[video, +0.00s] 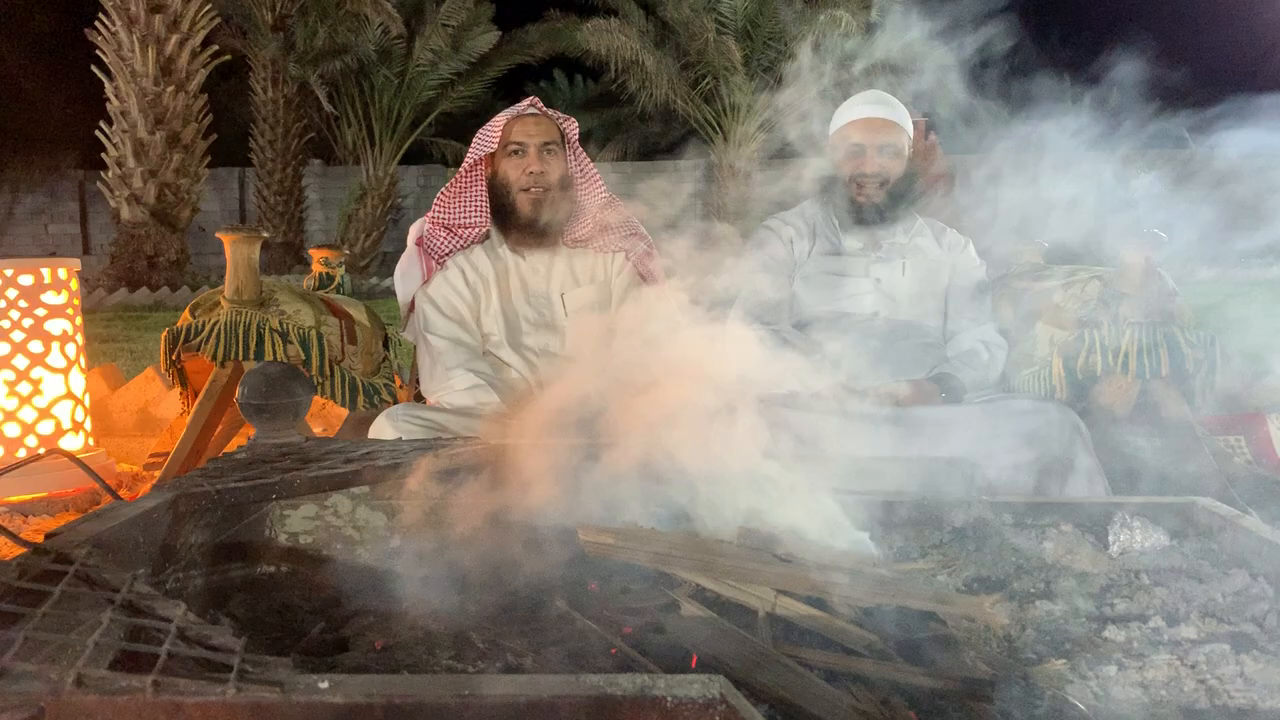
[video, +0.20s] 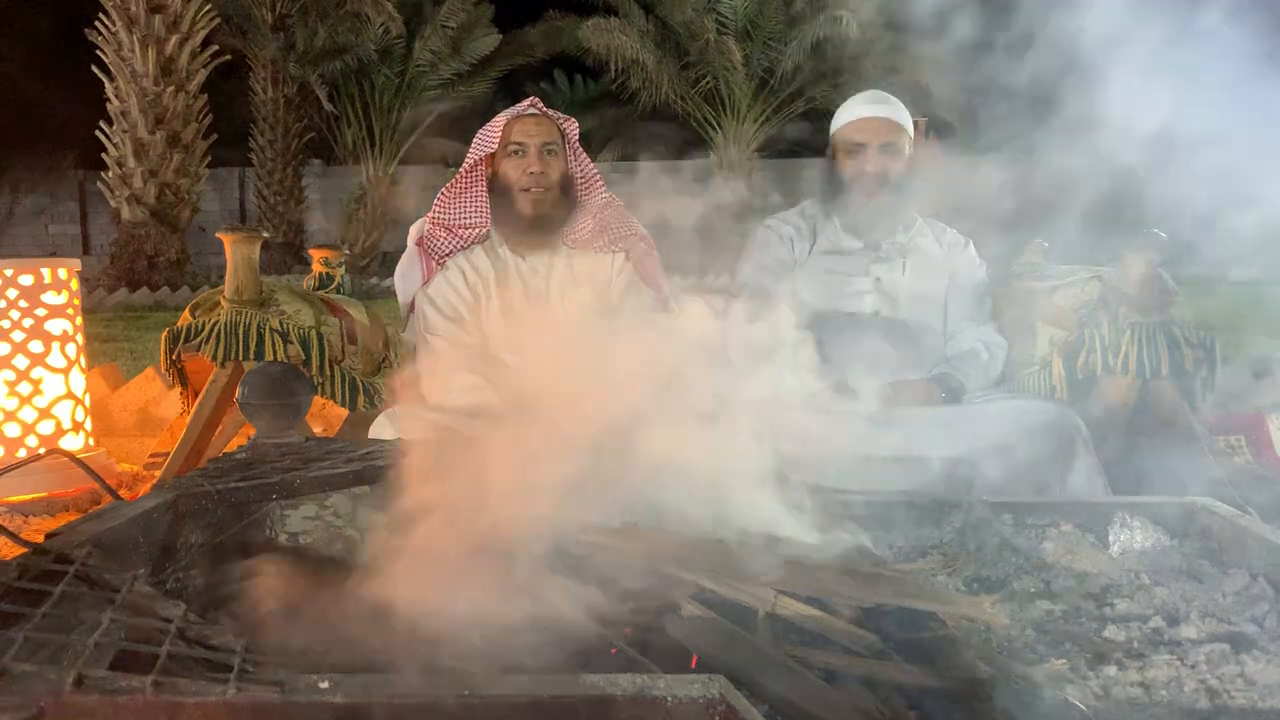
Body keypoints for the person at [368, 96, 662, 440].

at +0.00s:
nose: (535, 166)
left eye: (549, 151)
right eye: (517, 153)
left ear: (570, 169)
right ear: (489, 172)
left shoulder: (618, 261)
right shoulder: (453, 281)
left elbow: (649, 356)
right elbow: (452, 384)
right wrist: (515, 435)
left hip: (602, 421)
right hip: (499, 427)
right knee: (392, 427)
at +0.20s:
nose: (535, 166)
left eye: (549, 152)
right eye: (517, 153)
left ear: (568, 170)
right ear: (490, 173)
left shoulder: (612, 270)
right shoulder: (453, 282)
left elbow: (647, 373)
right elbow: (449, 393)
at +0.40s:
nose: (536, 167)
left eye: (550, 152)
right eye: (516, 153)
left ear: (568, 170)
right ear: (491, 173)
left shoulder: (615, 270)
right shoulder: (454, 283)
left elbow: (648, 371)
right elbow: (449, 393)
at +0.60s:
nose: (537, 168)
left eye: (552, 153)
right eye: (518, 153)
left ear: (570, 169)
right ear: (491, 172)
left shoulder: (618, 275)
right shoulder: (452, 283)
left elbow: (647, 385)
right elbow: (447, 394)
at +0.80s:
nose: (548, 164)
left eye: (558, 149)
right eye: (527, 150)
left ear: (574, 164)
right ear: (495, 166)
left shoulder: (616, 268)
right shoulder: (456, 277)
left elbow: (650, 366)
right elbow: (434, 388)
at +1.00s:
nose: (555, 161)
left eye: (564, 147)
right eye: (534, 149)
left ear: (579, 161)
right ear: (502, 168)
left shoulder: (613, 259)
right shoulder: (460, 267)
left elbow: (666, 341)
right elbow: (421, 363)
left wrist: (608, 370)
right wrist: (507, 365)